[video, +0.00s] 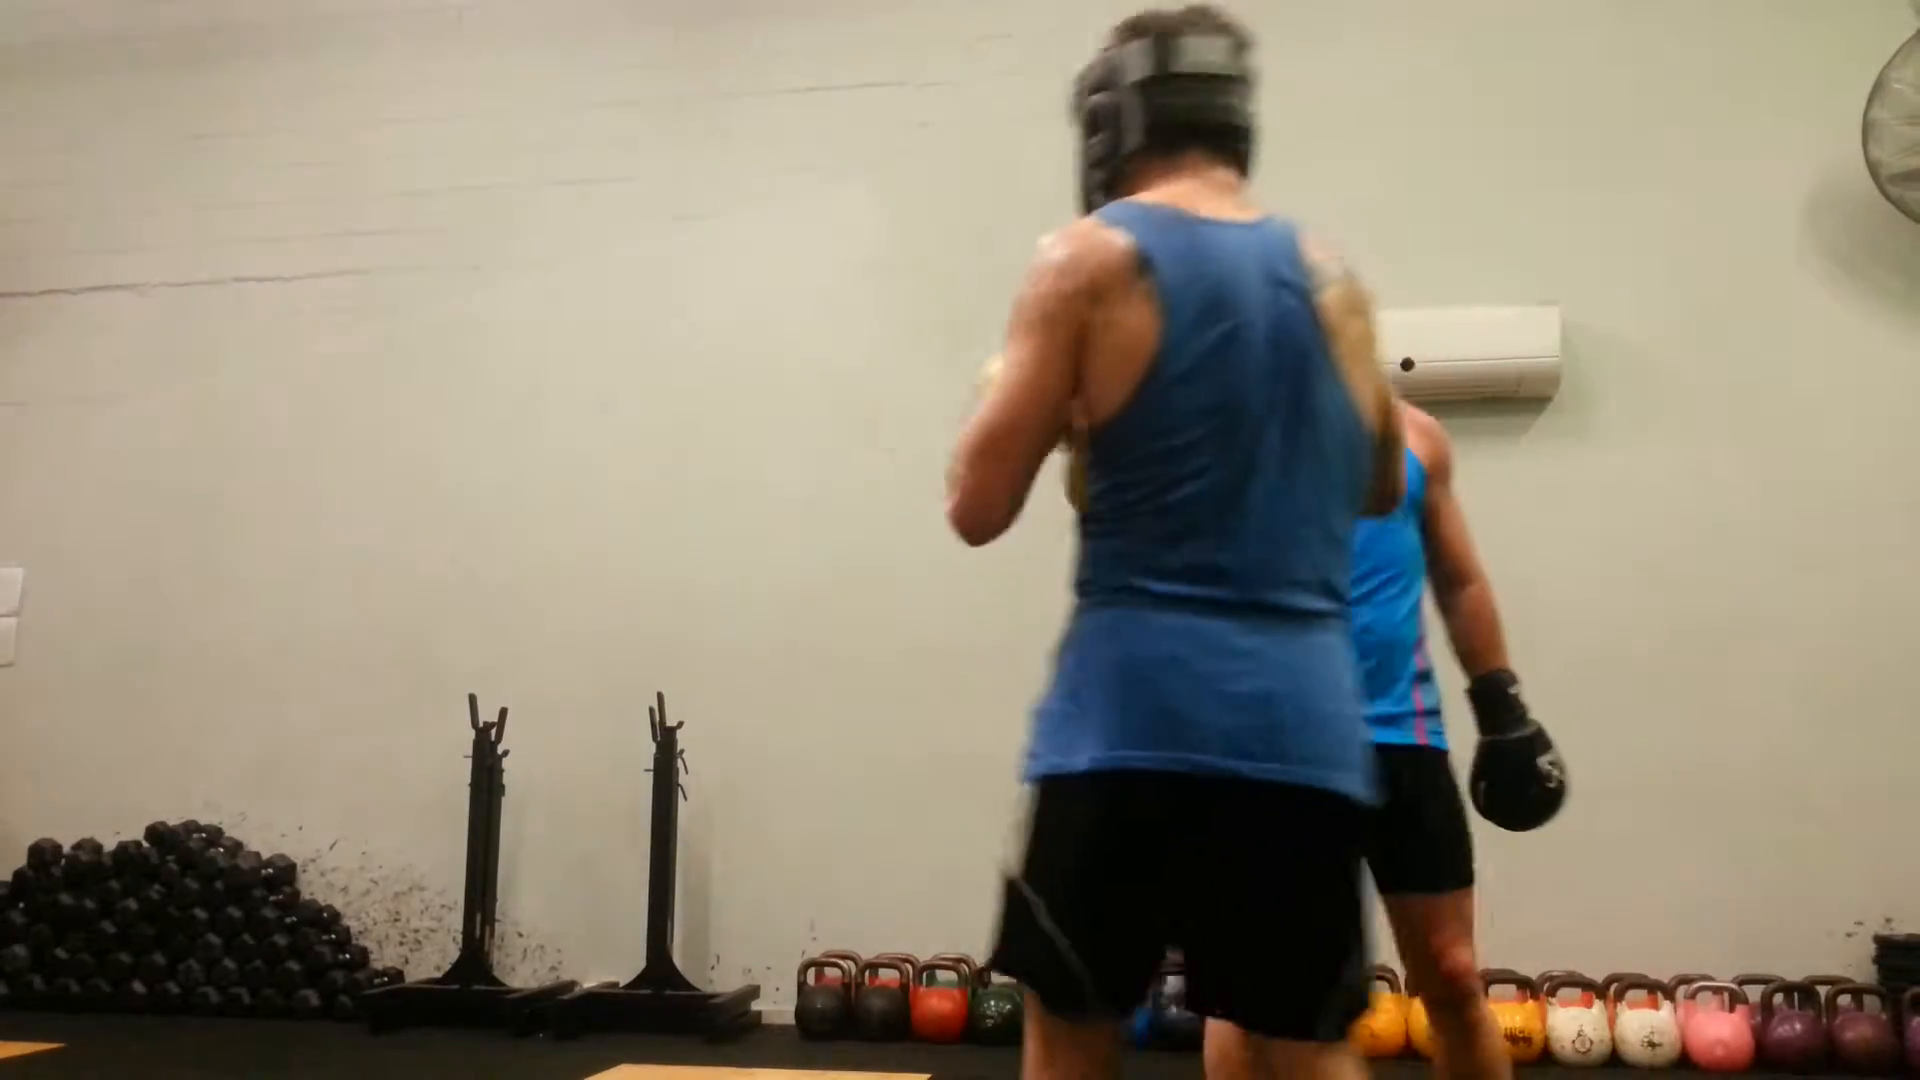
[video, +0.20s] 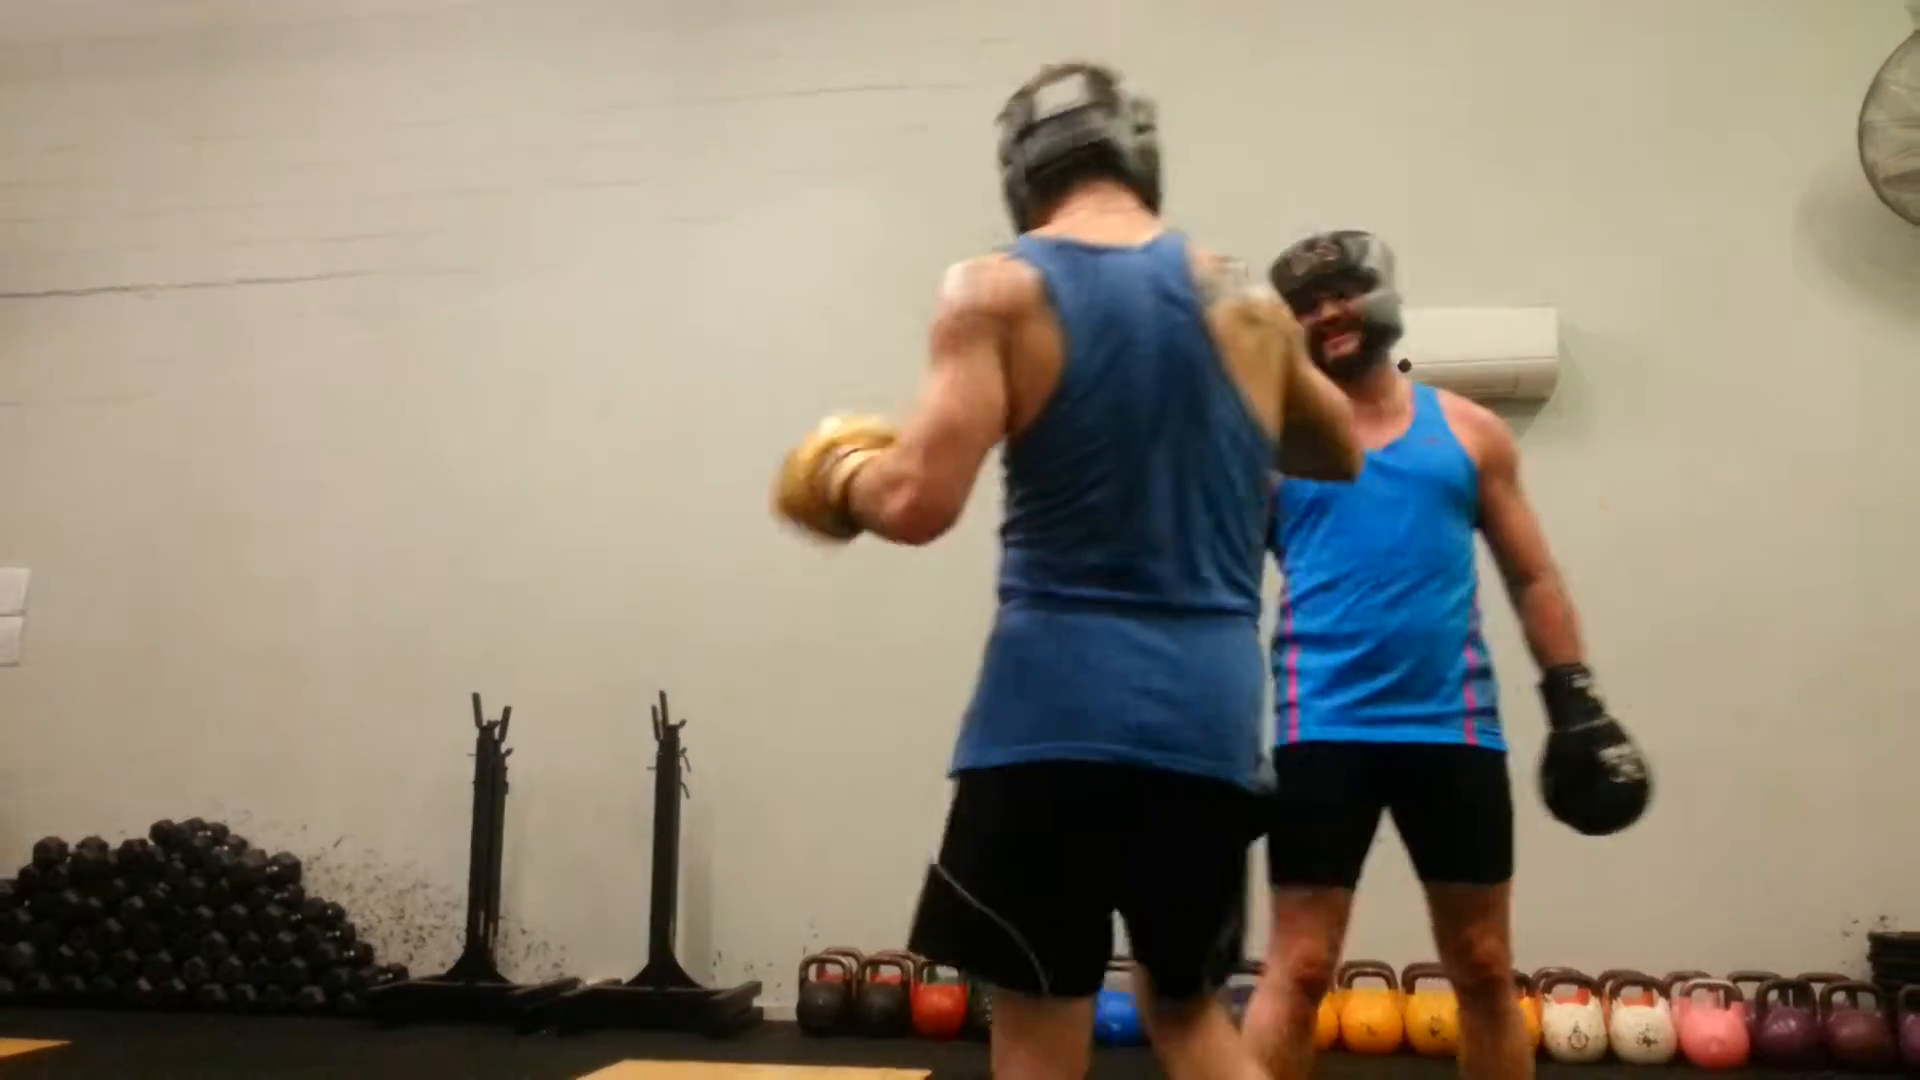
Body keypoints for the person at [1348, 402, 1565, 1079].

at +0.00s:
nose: (1324, 336)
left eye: (1339, 311)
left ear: (1359, 323)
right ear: (1271, 346)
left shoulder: (1410, 437)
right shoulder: (1244, 442)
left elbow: (1459, 581)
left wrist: (1502, 712)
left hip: (1398, 734)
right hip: (1275, 741)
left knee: (1451, 975)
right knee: (1250, 992)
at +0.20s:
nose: (1331, 319)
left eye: (1347, 299)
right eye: (1310, 308)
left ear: (1388, 305)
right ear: (1290, 329)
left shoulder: (1468, 431)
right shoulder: (1278, 440)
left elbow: (1533, 576)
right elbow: (1218, 588)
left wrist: (1575, 705)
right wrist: (1210, 747)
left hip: (1454, 736)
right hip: (1323, 738)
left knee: (1483, 966)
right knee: (1298, 969)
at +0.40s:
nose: (1374, 323)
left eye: (1394, 301)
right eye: (1354, 312)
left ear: (1439, 306)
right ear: (1338, 333)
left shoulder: (1519, 438)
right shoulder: (1319, 444)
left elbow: (1597, 576)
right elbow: (1265, 598)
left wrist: (1652, 697)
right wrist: (1221, 725)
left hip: (1496, 736)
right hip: (1364, 738)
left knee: (1515, 968)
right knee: (1337, 970)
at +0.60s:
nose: (1383, 332)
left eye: (1403, 313)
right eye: (1370, 319)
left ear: (1458, 315)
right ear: (1359, 335)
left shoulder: (1542, 438)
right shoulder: (1346, 448)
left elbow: (1612, 575)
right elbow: (1308, 592)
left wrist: (1656, 705)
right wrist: (1260, 714)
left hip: (1502, 739)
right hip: (1373, 737)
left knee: (1523, 972)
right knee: (1328, 959)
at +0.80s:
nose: (1373, 347)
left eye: (1391, 327)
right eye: (1363, 334)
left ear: (1446, 324)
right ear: (1355, 344)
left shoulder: (1525, 442)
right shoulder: (1349, 456)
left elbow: (1587, 586)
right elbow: (1322, 597)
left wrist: (1587, 721)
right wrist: (1266, 706)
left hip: (1488, 748)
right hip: (1367, 745)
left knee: (1514, 972)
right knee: (1337, 962)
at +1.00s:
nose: (1351, 361)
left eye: (1371, 341)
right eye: (1342, 349)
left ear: (1426, 339)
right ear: (1338, 365)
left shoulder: (1491, 454)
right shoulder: (1328, 473)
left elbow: (1545, 602)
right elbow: (1299, 605)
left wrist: (1521, 735)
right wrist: (1253, 694)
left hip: (1462, 759)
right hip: (1352, 760)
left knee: (1494, 973)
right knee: (1370, 972)